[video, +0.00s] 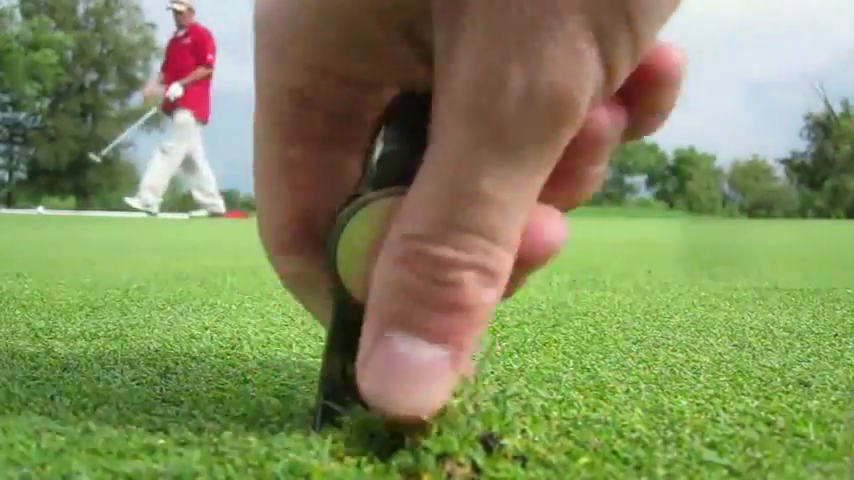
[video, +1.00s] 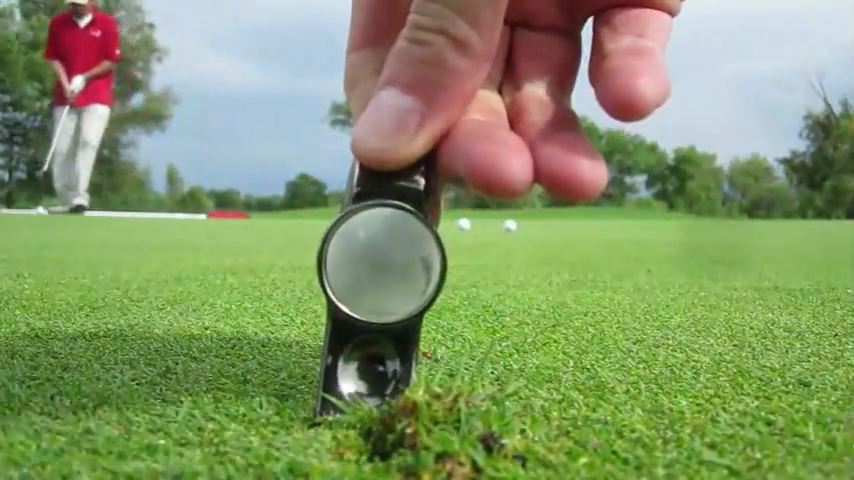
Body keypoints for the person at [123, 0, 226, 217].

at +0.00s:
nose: (177, 17)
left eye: (180, 12)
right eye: (175, 13)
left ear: (191, 13)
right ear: (174, 14)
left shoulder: (201, 35)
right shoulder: (174, 40)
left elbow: (206, 68)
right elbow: (167, 71)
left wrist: (180, 84)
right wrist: (155, 85)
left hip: (192, 103)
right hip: (175, 102)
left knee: (169, 150)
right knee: (192, 157)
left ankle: (148, 199)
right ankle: (212, 203)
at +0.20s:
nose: (152, 13)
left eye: (156, 9)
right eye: (149, 9)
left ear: (167, 8)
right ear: (147, 10)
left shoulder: (177, 32)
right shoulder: (147, 36)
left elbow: (181, 67)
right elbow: (139, 64)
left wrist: (151, 80)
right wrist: (132, 83)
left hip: (165, 97)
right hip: (147, 96)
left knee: (146, 148)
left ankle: (142, 200)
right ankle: (172, 183)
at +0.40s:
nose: (128, 6)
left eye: (132, 3)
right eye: (126, 3)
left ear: (143, 4)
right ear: (123, 5)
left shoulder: (153, 26)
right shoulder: (122, 29)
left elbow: (159, 61)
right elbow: (116, 59)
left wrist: (128, 73)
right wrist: (110, 77)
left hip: (141, 98)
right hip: (119, 98)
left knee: (138, 150)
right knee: (102, 146)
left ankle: (140, 201)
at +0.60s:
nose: (102, 12)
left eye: (105, 7)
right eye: (99, 7)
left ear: (116, 6)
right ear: (96, 8)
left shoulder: (130, 27)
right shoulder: (91, 30)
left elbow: (137, 62)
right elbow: (87, 61)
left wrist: (107, 76)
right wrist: (86, 78)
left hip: (120, 97)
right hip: (95, 97)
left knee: (120, 150)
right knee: (82, 149)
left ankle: (137, 201)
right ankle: (71, 200)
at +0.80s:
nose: (82, 10)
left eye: (87, 6)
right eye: (80, 6)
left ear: (99, 4)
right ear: (77, 6)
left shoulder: (113, 24)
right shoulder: (70, 25)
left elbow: (120, 61)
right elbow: (66, 60)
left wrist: (91, 78)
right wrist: (72, 83)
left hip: (105, 94)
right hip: (78, 94)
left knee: (96, 140)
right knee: (64, 147)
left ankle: (109, 198)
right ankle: (70, 201)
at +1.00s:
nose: (77, 5)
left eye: (81, 2)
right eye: (74, 2)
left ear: (92, 2)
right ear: (70, 3)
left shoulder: (107, 23)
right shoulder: (58, 23)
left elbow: (112, 60)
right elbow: (53, 57)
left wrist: (84, 77)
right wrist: (65, 82)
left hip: (96, 95)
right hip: (66, 95)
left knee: (88, 144)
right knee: (62, 148)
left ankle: (80, 197)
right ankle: (66, 198)